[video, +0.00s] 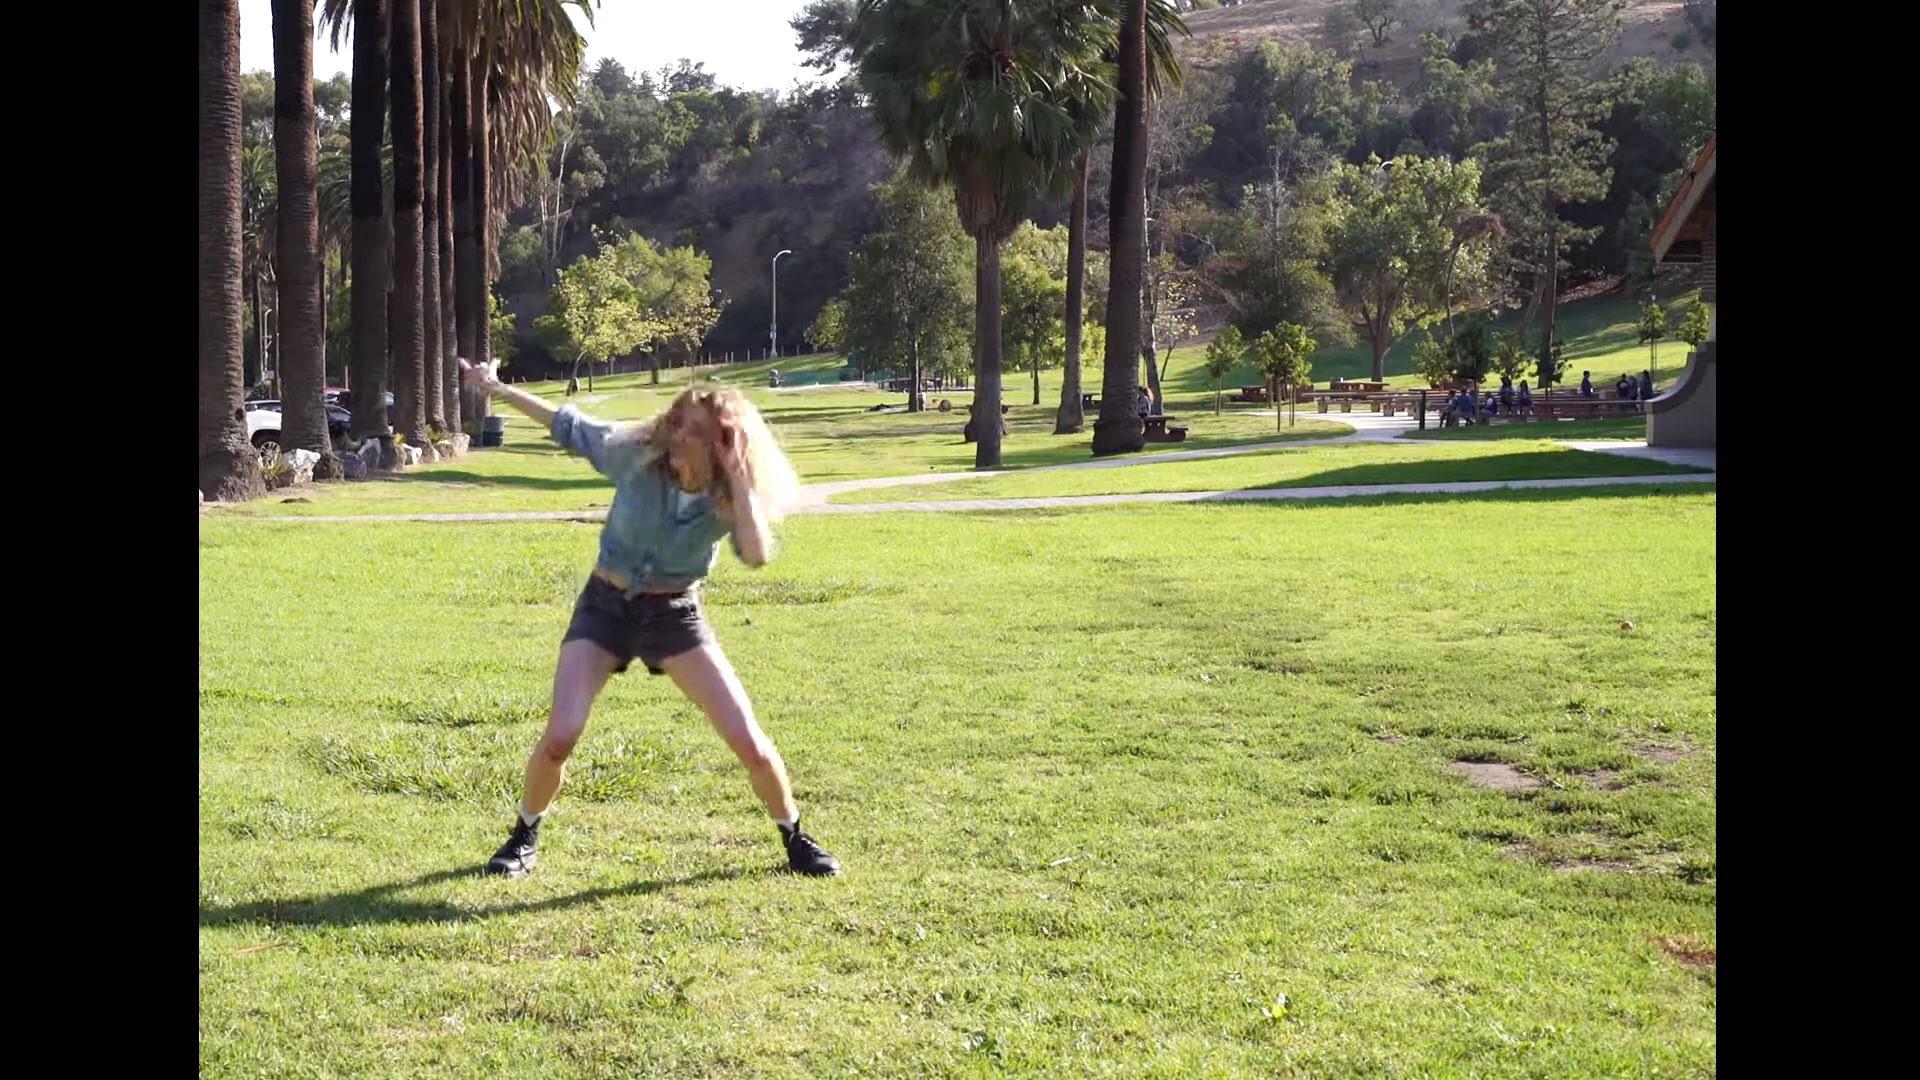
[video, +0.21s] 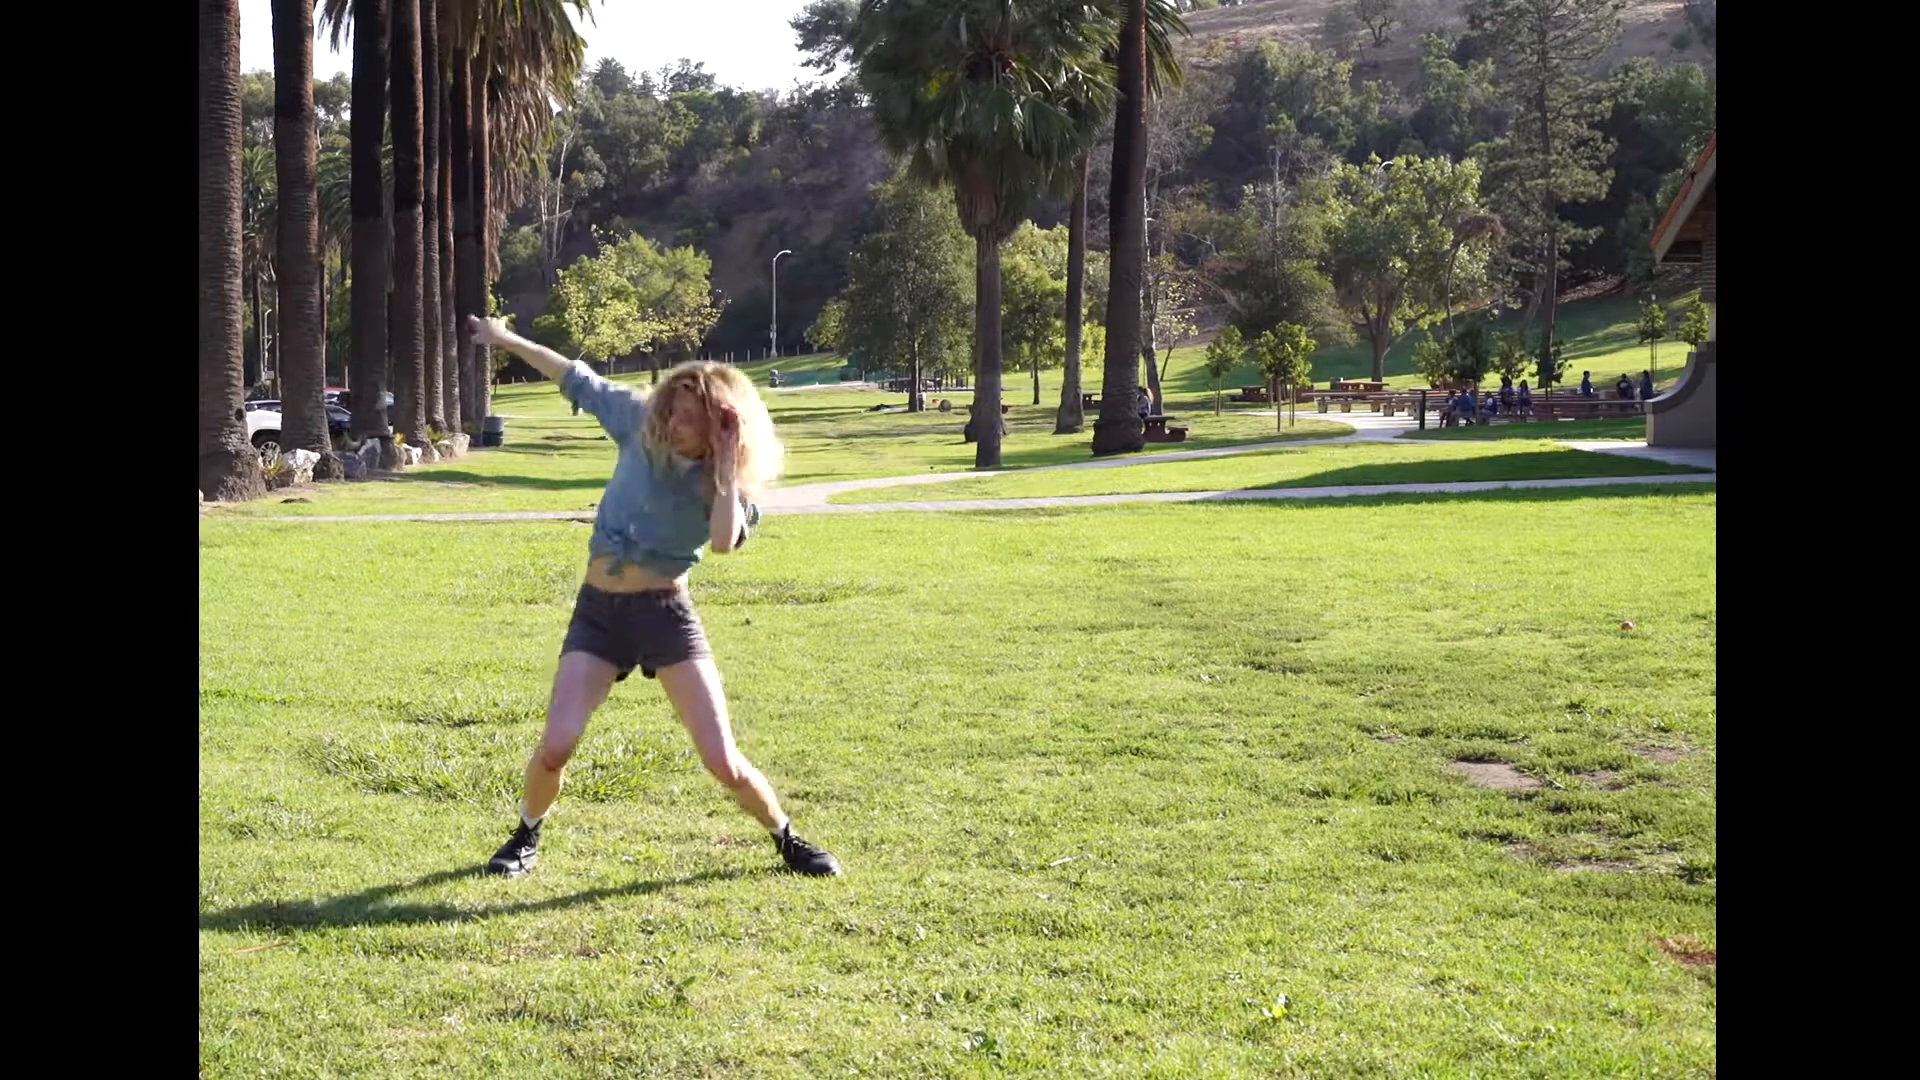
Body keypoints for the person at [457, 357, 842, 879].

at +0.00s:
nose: (682, 438)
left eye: (696, 433)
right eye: (679, 426)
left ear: (721, 445)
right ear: (669, 425)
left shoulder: (727, 495)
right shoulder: (635, 453)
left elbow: (755, 555)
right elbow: (563, 424)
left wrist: (740, 479)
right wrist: (494, 387)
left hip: (675, 612)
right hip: (605, 603)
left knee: (753, 746)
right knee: (561, 734)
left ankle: (797, 839)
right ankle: (524, 836)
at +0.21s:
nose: (676, 425)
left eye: (691, 420)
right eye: (673, 412)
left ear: (719, 426)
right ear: (666, 406)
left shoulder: (725, 480)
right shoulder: (638, 421)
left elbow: (724, 541)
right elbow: (571, 375)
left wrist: (725, 460)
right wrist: (507, 338)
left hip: (666, 616)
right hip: (598, 613)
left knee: (723, 763)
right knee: (555, 746)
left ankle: (787, 840)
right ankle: (525, 838)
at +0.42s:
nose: (675, 409)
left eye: (690, 398)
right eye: (670, 396)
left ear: (721, 409)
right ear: (660, 399)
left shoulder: (734, 483)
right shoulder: (636, 435)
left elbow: (712, 535)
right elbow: (578, 387)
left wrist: (718, 450)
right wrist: (516, 346)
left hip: (660, 622)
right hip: (588, 611)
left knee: (739, 750)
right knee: (557, 742)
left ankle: (792, 841)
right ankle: (524, 837)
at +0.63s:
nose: (675, 433)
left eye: (689, 423)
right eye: (671, 422)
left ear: (720, 434)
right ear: (664, 427)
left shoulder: (742, 514)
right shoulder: (647, 467)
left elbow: (685, 567)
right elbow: (572, 448)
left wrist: (702, 486)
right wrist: (501, 423)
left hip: (657, 632)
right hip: (588, 608)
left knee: (739, 740)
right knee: (549, 729)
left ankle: (793, 838)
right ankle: (520, 837)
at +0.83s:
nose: (681, 430)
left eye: (696, 421)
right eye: (677, 421)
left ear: (729, 435)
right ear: (671, 434)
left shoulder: (771, 510)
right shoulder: (655, 491)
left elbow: (736, 589)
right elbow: (570, 547)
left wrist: (658, 587)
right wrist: (477, 596)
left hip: (689, 620)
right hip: (626, 609)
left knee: (776, 724)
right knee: (562, 731)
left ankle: (802, 839)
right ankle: (520, 839)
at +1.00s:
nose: (666, 413)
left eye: (679, 401)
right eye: (660, 403)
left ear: (713, 406)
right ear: (654, 409)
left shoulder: (750, 468)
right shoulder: (653, 466)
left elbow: (739, 562)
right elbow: (680, 567)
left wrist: (649, 585)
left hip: (723, 593)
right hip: (657, 601)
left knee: (801, 719)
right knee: (629, 756)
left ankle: (812, 835)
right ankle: (540, 832)